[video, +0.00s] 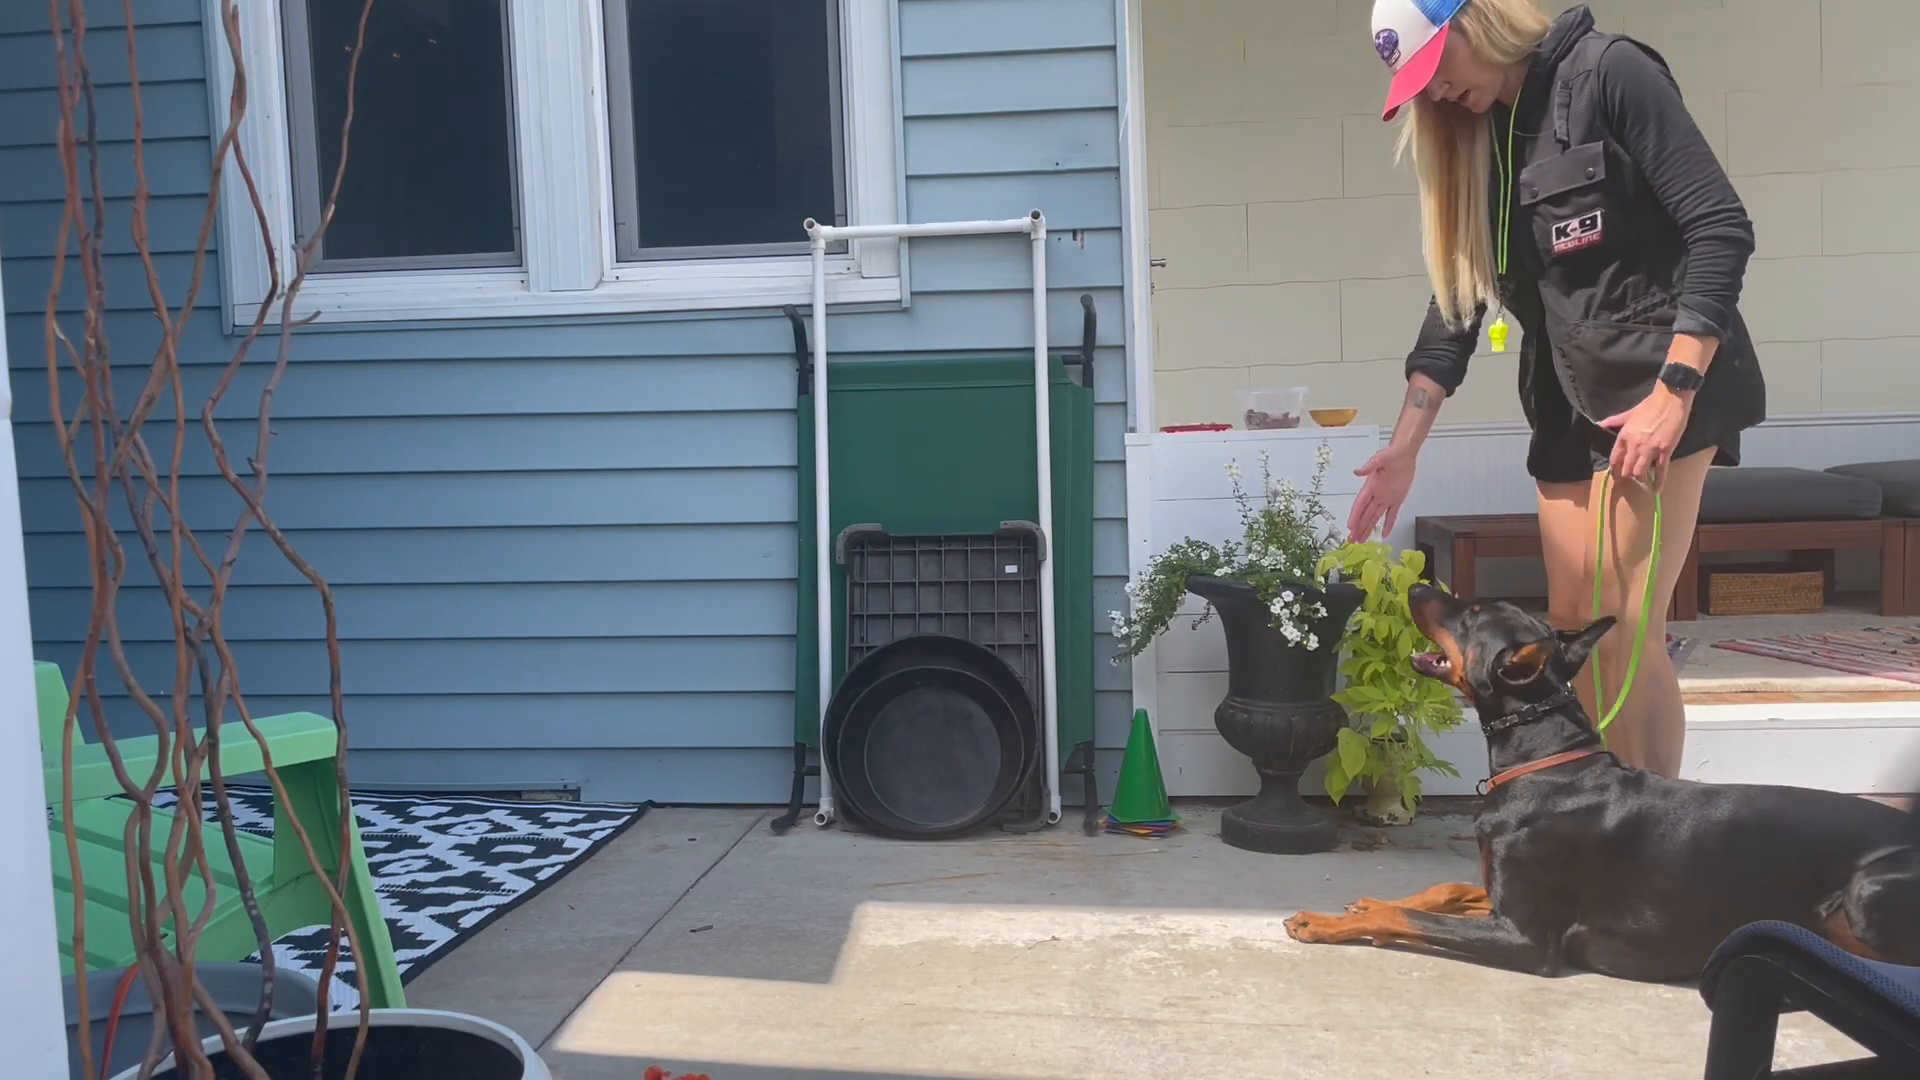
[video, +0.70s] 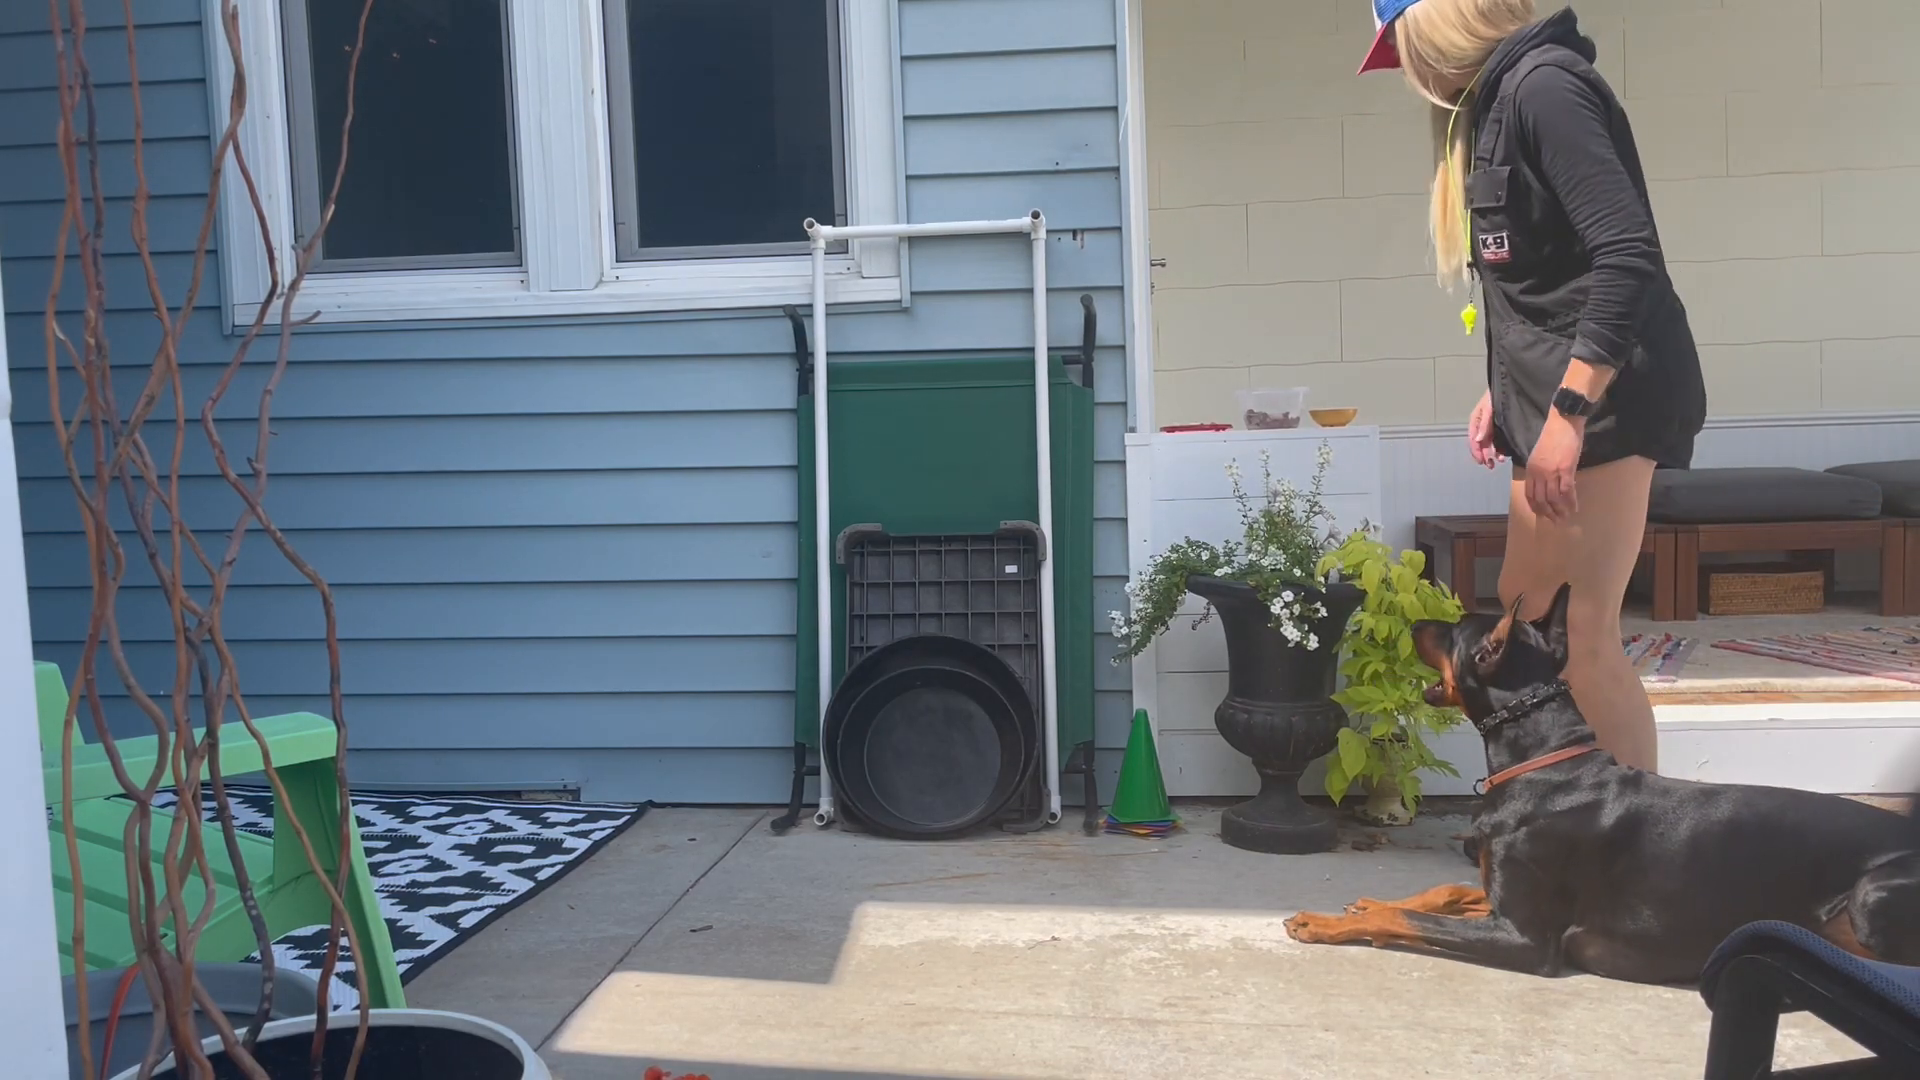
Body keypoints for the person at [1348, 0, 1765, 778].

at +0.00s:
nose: (1438, 92)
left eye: (1437, 68)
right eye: (1424, 83)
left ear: (1480, 19)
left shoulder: (1611, 72)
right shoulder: (1490, 127)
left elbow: (1720, 226)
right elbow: (1459, 291)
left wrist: (1675, 389)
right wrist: (1404, 446)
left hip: (1663, 383)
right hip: (1566, 399)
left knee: (1628, 629)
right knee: (1574, 626)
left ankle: (1655, 840)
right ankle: (1600, 839)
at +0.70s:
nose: (1418, 79)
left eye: (1416, 58)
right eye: (1410, 63)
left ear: (1448, 35)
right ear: (1472, 32)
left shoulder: (1543, 87)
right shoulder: (1496, 102)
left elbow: (1627, 255)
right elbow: (1532, 269)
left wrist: (1567, 413)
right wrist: (1505, 389)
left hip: (1609, 394)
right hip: (1558, 390)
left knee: (1579, 641)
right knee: (1532, 634)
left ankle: (1636, 838)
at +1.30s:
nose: (1338, 153)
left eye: (1335, 134)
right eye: (1332, 138)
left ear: (1359, 110)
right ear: (1402, 101)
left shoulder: (1396, 163)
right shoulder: (1453, 158)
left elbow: (1326, 305)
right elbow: (1470, 319)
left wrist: (1249, 365)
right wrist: (1364, 350)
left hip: (1539, 371)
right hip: (1520, 380)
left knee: (1551, 615)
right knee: (1481, 601)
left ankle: (1611, 804)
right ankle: (1532, 794)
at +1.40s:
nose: (1321, 164)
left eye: (1319, 144)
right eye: (1315, 150)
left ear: (1346, 124)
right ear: (1387, 119)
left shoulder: (1380, 174)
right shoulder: (1440, 172)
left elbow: (1309, 306)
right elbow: (1437, 328)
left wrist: (1232, 385)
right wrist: (1342, 358)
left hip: (1538, 363)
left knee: (1555, 596)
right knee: (1484, 589)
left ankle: (1606, 792)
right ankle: (1532, 781)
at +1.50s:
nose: (1316, 185)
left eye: (1312, 164)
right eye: (1309, 172)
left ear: (1335, 140)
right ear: (1376, 133)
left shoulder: (1374, 182)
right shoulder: (1436, 181)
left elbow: (1307, 307)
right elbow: (1404, 349)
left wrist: (1226, 394)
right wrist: (1286, 377)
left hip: (1533, 362)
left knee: (1559, 587)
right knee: (1485, 589)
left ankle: (1609, 788)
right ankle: (1533, 779)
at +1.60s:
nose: (1310, 193)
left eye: (1306, 173)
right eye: (1302, 181)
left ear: (1328, 149)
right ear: (1368, 139)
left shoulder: (1371, 186)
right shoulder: (1425, 185)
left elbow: (1301, 310)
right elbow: (1385, 348)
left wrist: (1233, 387)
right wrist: (1294, 376)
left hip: (1532, 362)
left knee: (1562, 584)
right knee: (1486, 582)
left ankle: (1608, 784)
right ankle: (1533, 773)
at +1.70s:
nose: (1306, 202)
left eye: (1302, 183)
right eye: (1299, 191)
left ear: (1323, 158)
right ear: (1359, 147)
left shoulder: (1369, 190)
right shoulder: (1410, 193)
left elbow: (1296, 317)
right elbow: (1353, 353)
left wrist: (1227, 394)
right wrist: (1261, 380)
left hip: (1535, 364)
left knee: (1564, 583)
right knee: (1484, 579)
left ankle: (1608, 787)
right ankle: (1533, 774)